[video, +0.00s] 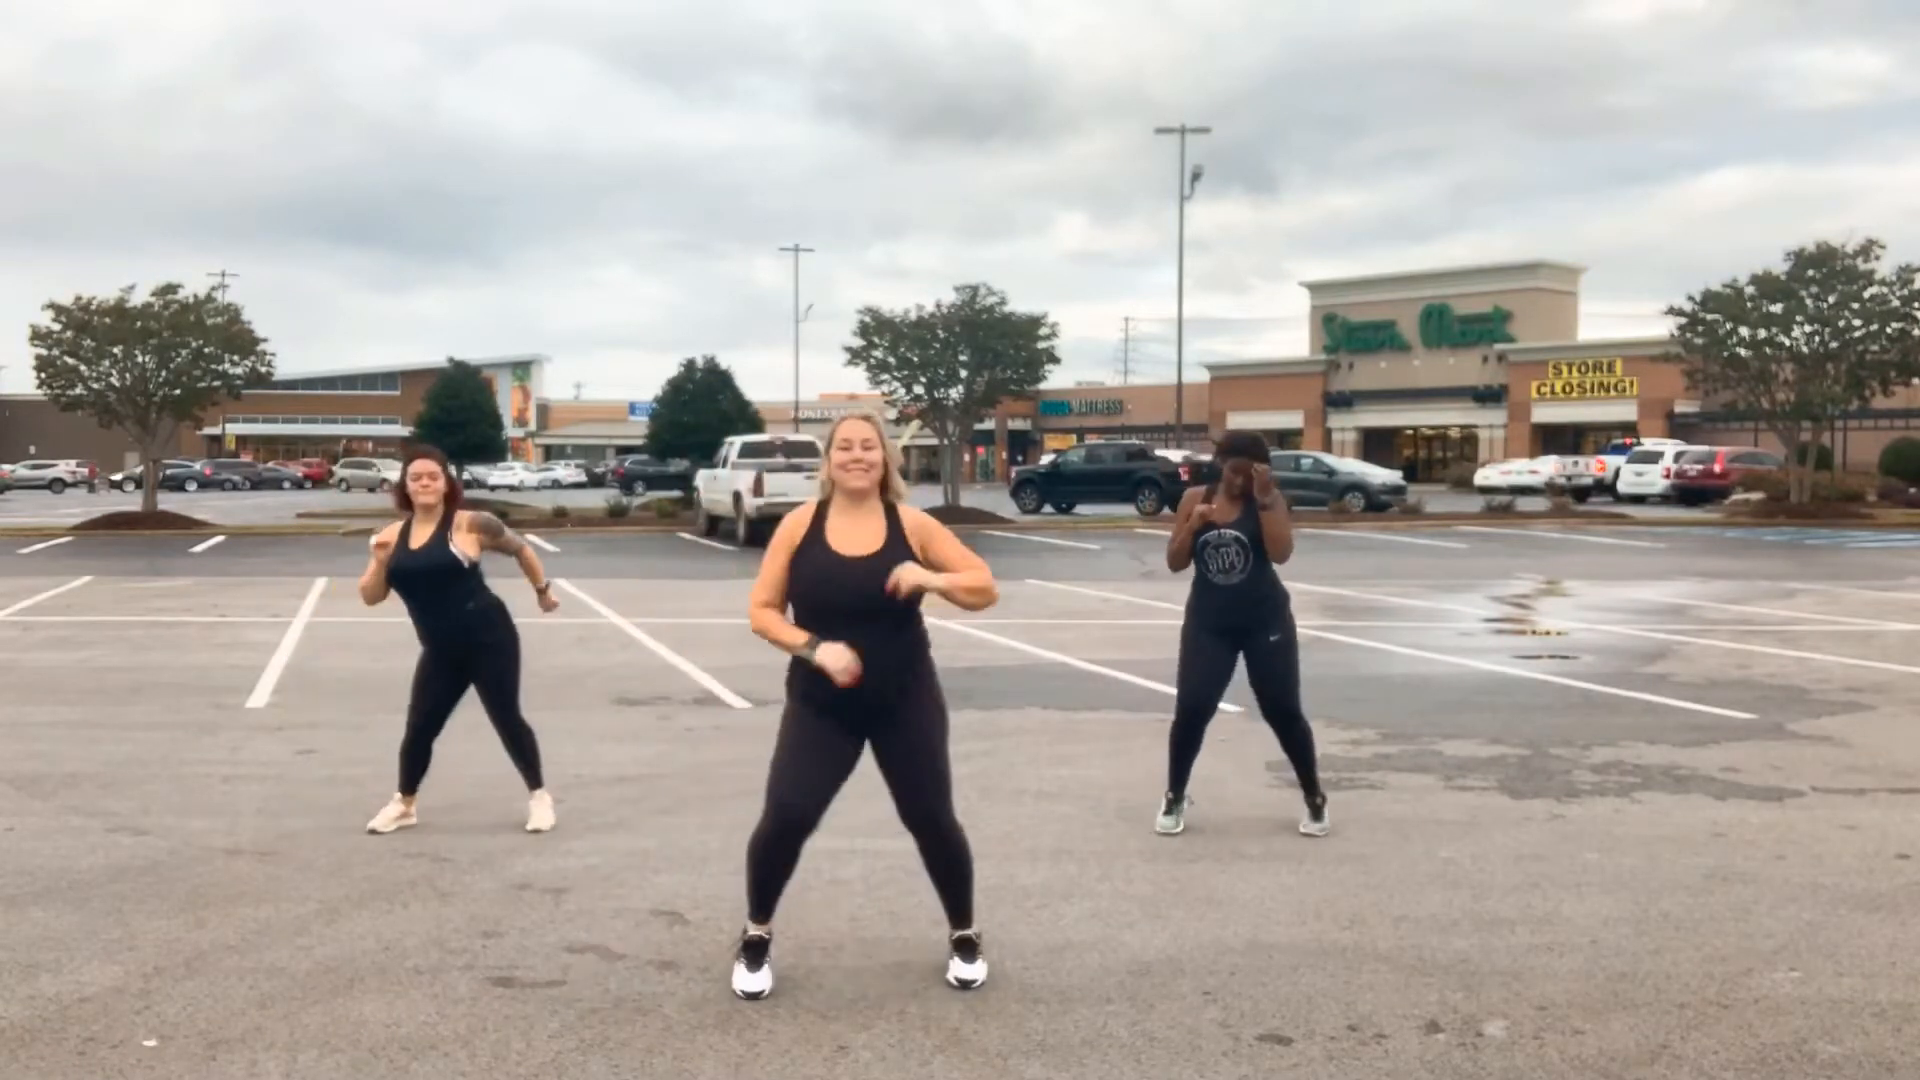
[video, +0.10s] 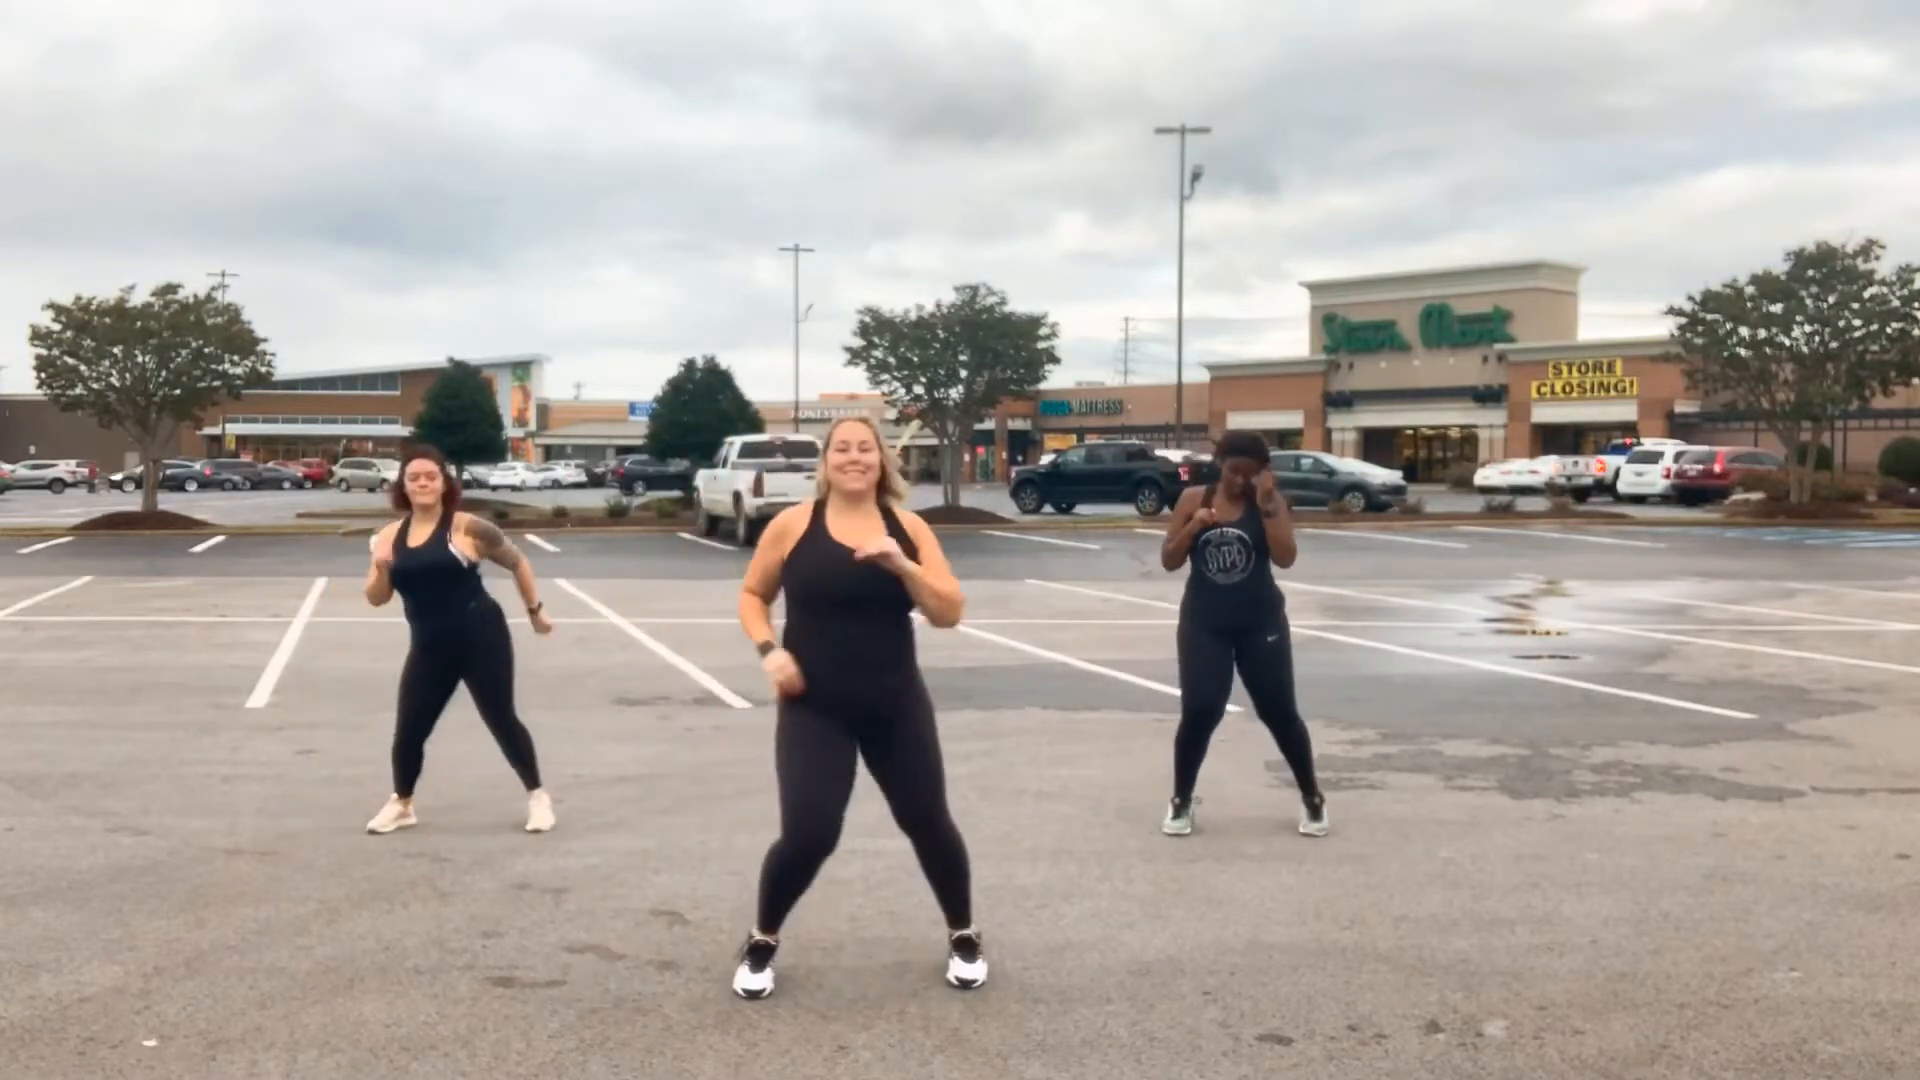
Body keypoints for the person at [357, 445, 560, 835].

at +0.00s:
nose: (424, 484)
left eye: (432, 477)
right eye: (416, 478)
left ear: (446, 485)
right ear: (405, 488)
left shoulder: (472, 524)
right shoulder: (392, 536)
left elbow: (520, 549)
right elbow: (371, 596)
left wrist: (543, 590)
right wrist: (380, 562)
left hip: (489, 639)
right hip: (441, 649)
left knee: (506, 718)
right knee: (419, 728)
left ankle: (539, 795)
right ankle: (404, 803)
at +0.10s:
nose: (422, 483)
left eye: (430, 476)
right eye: (414, 478)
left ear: (444, 484)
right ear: (403, 487)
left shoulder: (470, 528)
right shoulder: (390, 536)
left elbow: (517, 562)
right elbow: (376, 598)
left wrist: (535, 611)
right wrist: (382, 569)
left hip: (480, 638)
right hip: (430, 646)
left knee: (500, 718)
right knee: (408, 732)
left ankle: (537, 795)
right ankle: (402, 803)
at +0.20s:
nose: (416, 481)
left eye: (425, 474)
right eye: (408, 475)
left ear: (439, 481)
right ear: (398, 484)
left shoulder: (461, 527)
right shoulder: (382, 532)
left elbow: (500, 576)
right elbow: (364, 594)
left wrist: (506, 623)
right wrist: (375, 586)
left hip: (465, 640)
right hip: (411, 644)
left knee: (491, 721)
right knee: (396, 727)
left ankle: (534, 794)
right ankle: (400, 803)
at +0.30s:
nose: (410, 477)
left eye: (418, 470)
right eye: (402, 471)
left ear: (434, 477)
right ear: (393, 480)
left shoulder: (455, 526)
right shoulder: (372, 529)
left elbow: (488, 573)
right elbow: (345, 578)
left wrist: (469, 583)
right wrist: (359, 590)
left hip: (453, 640)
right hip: (397, 642)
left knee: (478, 718)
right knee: (394, 728)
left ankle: (519, 792)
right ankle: (399, 801)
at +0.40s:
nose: (397, 468)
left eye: (406, 462)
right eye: (391, 464)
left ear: (426, 469)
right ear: (385, 474)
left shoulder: (451, 517)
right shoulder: (368, 521)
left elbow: (488, 559)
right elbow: (334, 564)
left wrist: (453, 541)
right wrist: (348, 587)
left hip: (447, 632)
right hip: (392, 634)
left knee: (455, 713)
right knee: (396, 722)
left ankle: (472, 788)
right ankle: (400, 800)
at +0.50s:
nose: (387, 470)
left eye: (396, 463)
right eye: (384, 464)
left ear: (421, 469)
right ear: (381, 474)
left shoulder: (447, 516)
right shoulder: (366, 520)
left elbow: (485, 540)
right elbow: (333, 560)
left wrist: (443, 518)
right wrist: (345, 589)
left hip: (441, 633)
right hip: (387, 633)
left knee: (432, 717)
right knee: (395, 719)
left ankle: (435, 798)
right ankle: (399, 800)